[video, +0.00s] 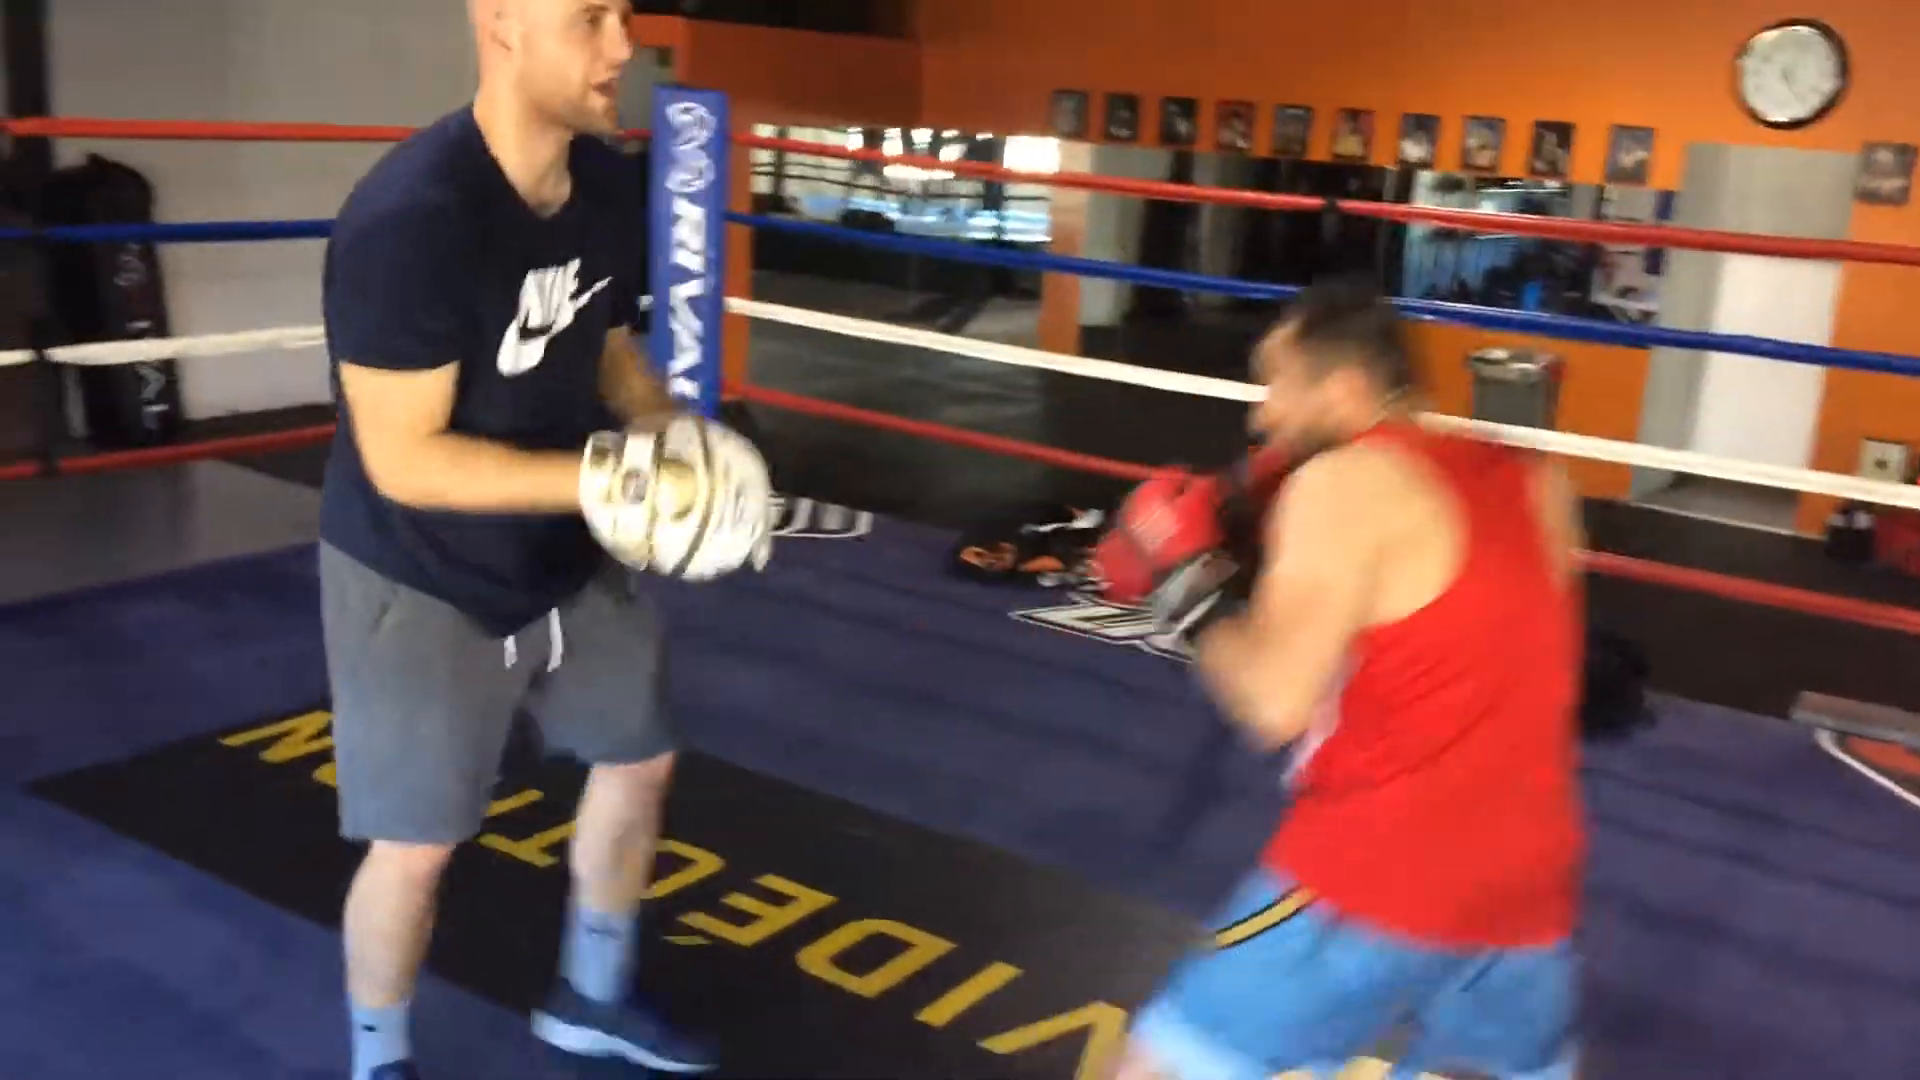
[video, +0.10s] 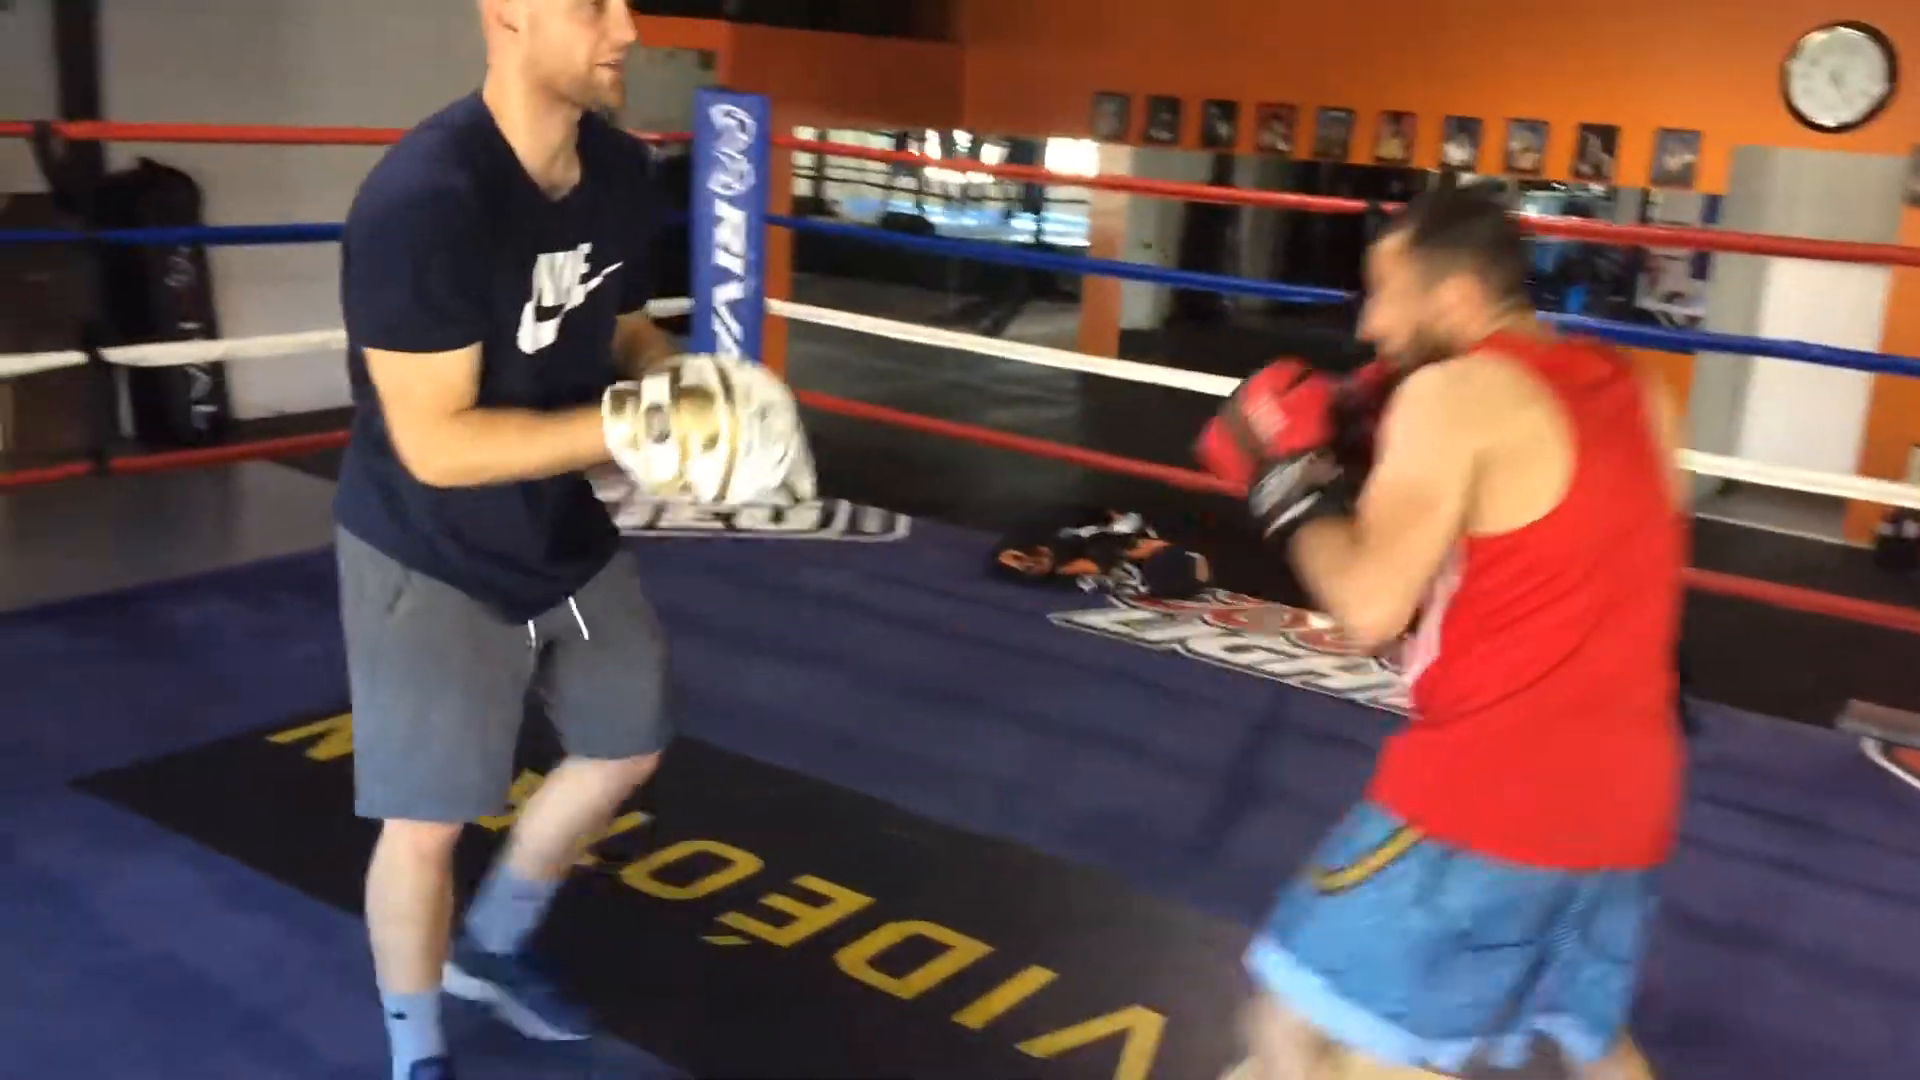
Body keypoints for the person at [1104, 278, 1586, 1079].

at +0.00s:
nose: (1262, 411)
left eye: (1275, 385)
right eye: (1263, 385)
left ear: (1342, 387)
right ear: (1381, 378)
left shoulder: (1341, 487)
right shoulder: (1528, 472)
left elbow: (1273, 702)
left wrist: (1189, 583)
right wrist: (1282, 522)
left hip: (1369, 889)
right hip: (1525, 893)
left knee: (1168, 1059)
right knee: (1518, 1069)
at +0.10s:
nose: (1366, 323)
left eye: (1381, 293)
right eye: (1368, 294)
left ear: (1454, 295)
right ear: (1483, 288)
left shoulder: (1452, 397)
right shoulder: (1621, 384)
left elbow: (1366, 605)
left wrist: (1284, 476)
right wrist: (1376, 437)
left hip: (1483, 805)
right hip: (1625, 808)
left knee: (1298, 1028)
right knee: (1578, 1038)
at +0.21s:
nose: (1460, 302)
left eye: (1476, 275)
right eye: (1463, 275)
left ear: (1553, 283)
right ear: (1571, 279)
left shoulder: (1535, 379)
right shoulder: (1726, 393)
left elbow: (1407, 573)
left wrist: (1351, 441)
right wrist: (1461, 419)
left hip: (1548, 811)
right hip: (1691, 807)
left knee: (1473, 1051)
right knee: (1658, 1017)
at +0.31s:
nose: (1536, 348)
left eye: (1553, 323)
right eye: (1541, 322)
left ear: (1631, 337)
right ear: (1658, 338)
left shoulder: (1586, 434)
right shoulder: (1787, 462)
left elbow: (1424, 605)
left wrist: (1394, 483)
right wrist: (1497, 478)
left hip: (1592, 888)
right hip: (1732, 879)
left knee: (1578, 1058)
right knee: (1713, 1035)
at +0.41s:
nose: (1568, 370)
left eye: (1589, 345)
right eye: (1576, 343)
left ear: (1664, 361)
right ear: (1692, 362)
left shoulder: (1624, 456)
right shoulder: (1811, 474)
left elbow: (1501, 639)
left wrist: (1440, 523)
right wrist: (1553, 515)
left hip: (1605, 885)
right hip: (1742, 880)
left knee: (1591, 1062)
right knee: (1724, 1060)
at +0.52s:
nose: (1569, 348)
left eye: (1591, 324)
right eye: (1576, 321)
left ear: (1667, 340)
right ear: (1682, 342)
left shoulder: (1635, 430)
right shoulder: (1798, 442)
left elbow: (1599, 622)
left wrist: (1493, 549)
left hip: (1619, 806)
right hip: (1743, 803)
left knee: (1480, 1037)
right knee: (1719, 1022)